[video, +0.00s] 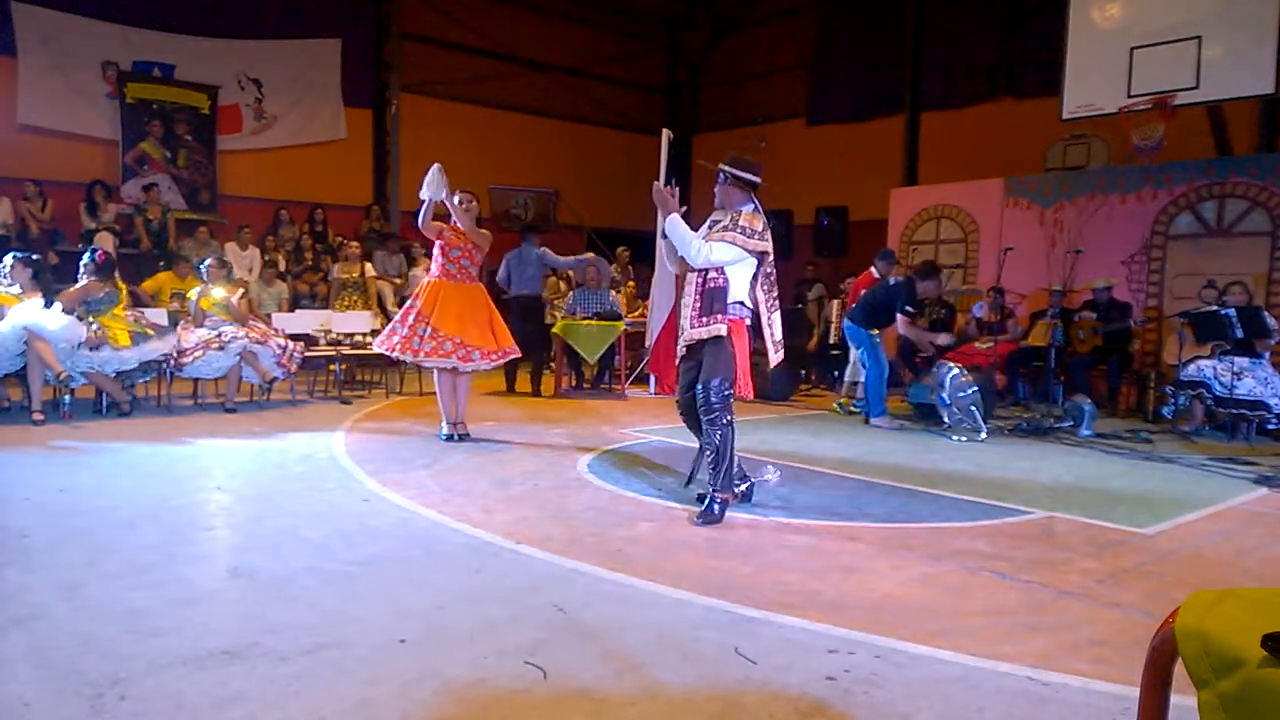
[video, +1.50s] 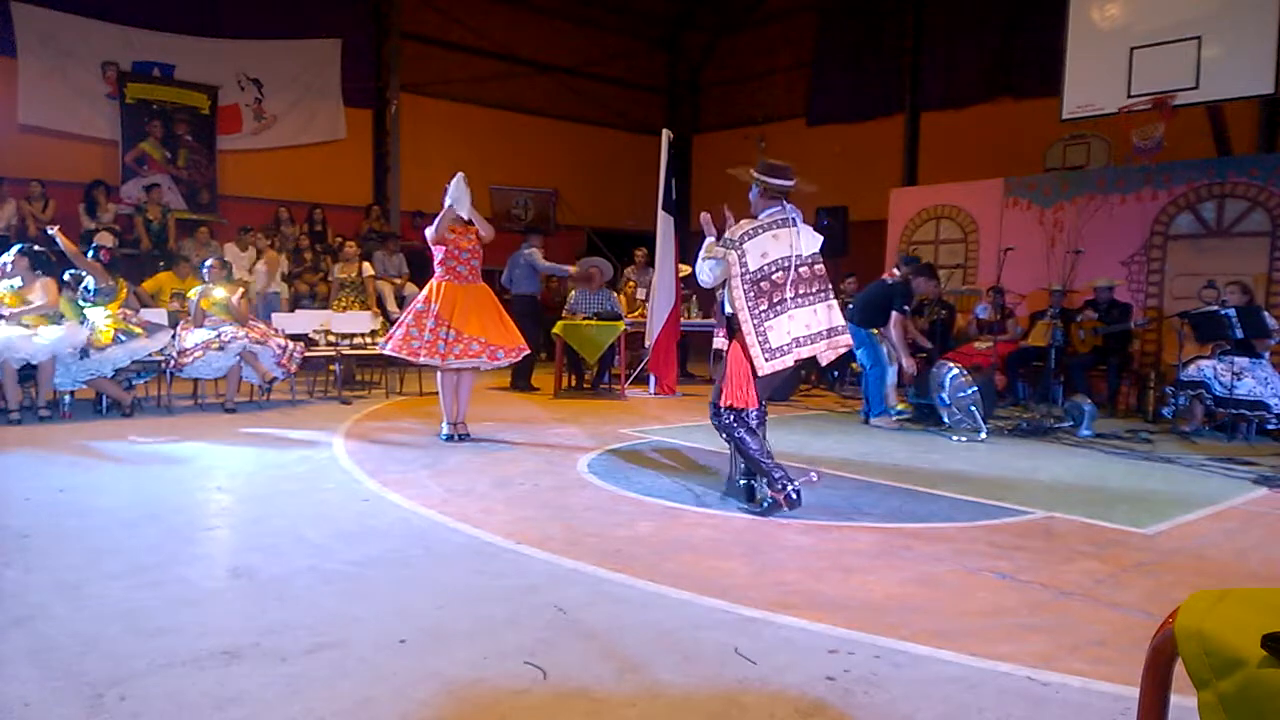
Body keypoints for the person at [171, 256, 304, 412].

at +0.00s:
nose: (209, 271)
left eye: (213, 268)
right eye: (207, 268)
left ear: (225, 271)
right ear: (204, 271)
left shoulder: (237, 291)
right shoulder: (199, 293)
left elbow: (244, 320)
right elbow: (198, 323)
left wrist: (230, 304)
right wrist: (198, 301)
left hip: (232, 326)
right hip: (209, 328)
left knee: (236, 356)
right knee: (238, 342)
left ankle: (229, 399)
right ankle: (264, 374)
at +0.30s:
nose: (205, 271)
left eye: (210, 268)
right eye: (204, 268)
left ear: (223, 271)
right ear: (202, 272)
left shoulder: (237, 291)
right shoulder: (198, 293)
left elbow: (244, 320)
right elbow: (198, 323)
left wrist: (231, 304)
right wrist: (199, 299)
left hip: (232, 327)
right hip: (208, 328)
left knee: (237, 355)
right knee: (237, 340)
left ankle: (229, 399)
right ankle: (264, 374)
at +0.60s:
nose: (205, 271)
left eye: (209, 268)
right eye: (204, 268)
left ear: (222, 271)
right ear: (202, 272)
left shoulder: (237, 291)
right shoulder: (197, 293)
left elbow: (244, 320)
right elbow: (197, 323)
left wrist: (230, 304)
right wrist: (199, 298)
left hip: (232, 327)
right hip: (208, 329)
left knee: (236, 355)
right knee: (237, 341)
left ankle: (229, 400)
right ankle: (264, 374)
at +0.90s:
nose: (205, 272)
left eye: (209, 268)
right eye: (204, 269)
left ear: (222, 271)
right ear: (202, 272)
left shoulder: (237, 290)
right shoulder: (198, 292)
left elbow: (244, 320)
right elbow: (197, 323)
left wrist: (230, 303)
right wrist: (199, 298)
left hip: (232, 327)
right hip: (207, 328)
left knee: (236, 355)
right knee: (237, 341)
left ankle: (229, 399)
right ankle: (264, 374)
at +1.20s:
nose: (205, 273)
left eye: (210, 269)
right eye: (204, 269)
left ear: (222, 272)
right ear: (202, 272)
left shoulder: (237, 291)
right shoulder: (198, 292)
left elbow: (244, 320)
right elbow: (197, 323)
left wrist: (230, 303)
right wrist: (199, 299)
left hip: (232, 328)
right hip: (207, 329)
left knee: (236, 355)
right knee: (237, 341)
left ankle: (229, 399)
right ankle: (264, 374)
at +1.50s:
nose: (209, 271)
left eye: (214, 268)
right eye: (207, 268)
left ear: (225, 272)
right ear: (204, 272)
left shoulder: (237, 290)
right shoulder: (199, 292)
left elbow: (244, 320)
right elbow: (197, 323)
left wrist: (231, 304)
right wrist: (200, 301)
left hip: (233, 327)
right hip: (208, 328)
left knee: (236, 355)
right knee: (237, 340)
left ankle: (229, 400)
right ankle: (263, 374)